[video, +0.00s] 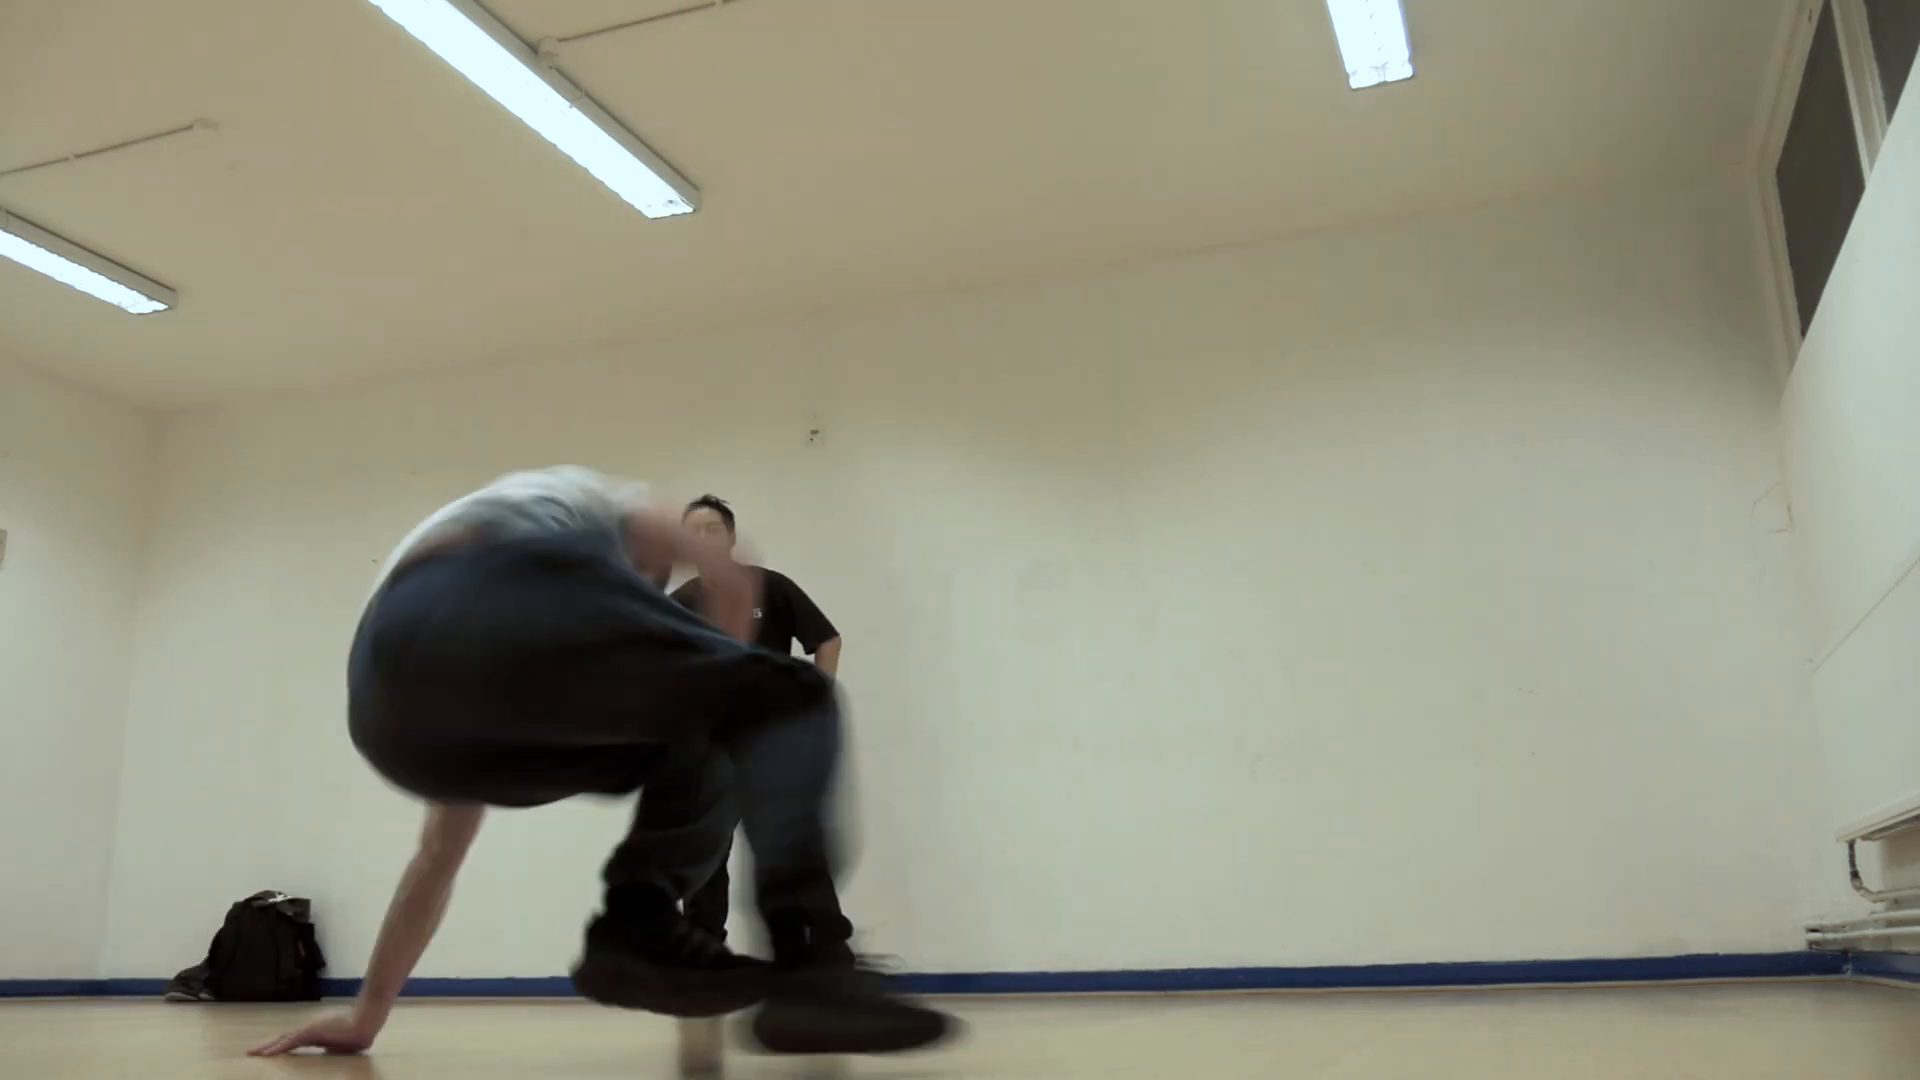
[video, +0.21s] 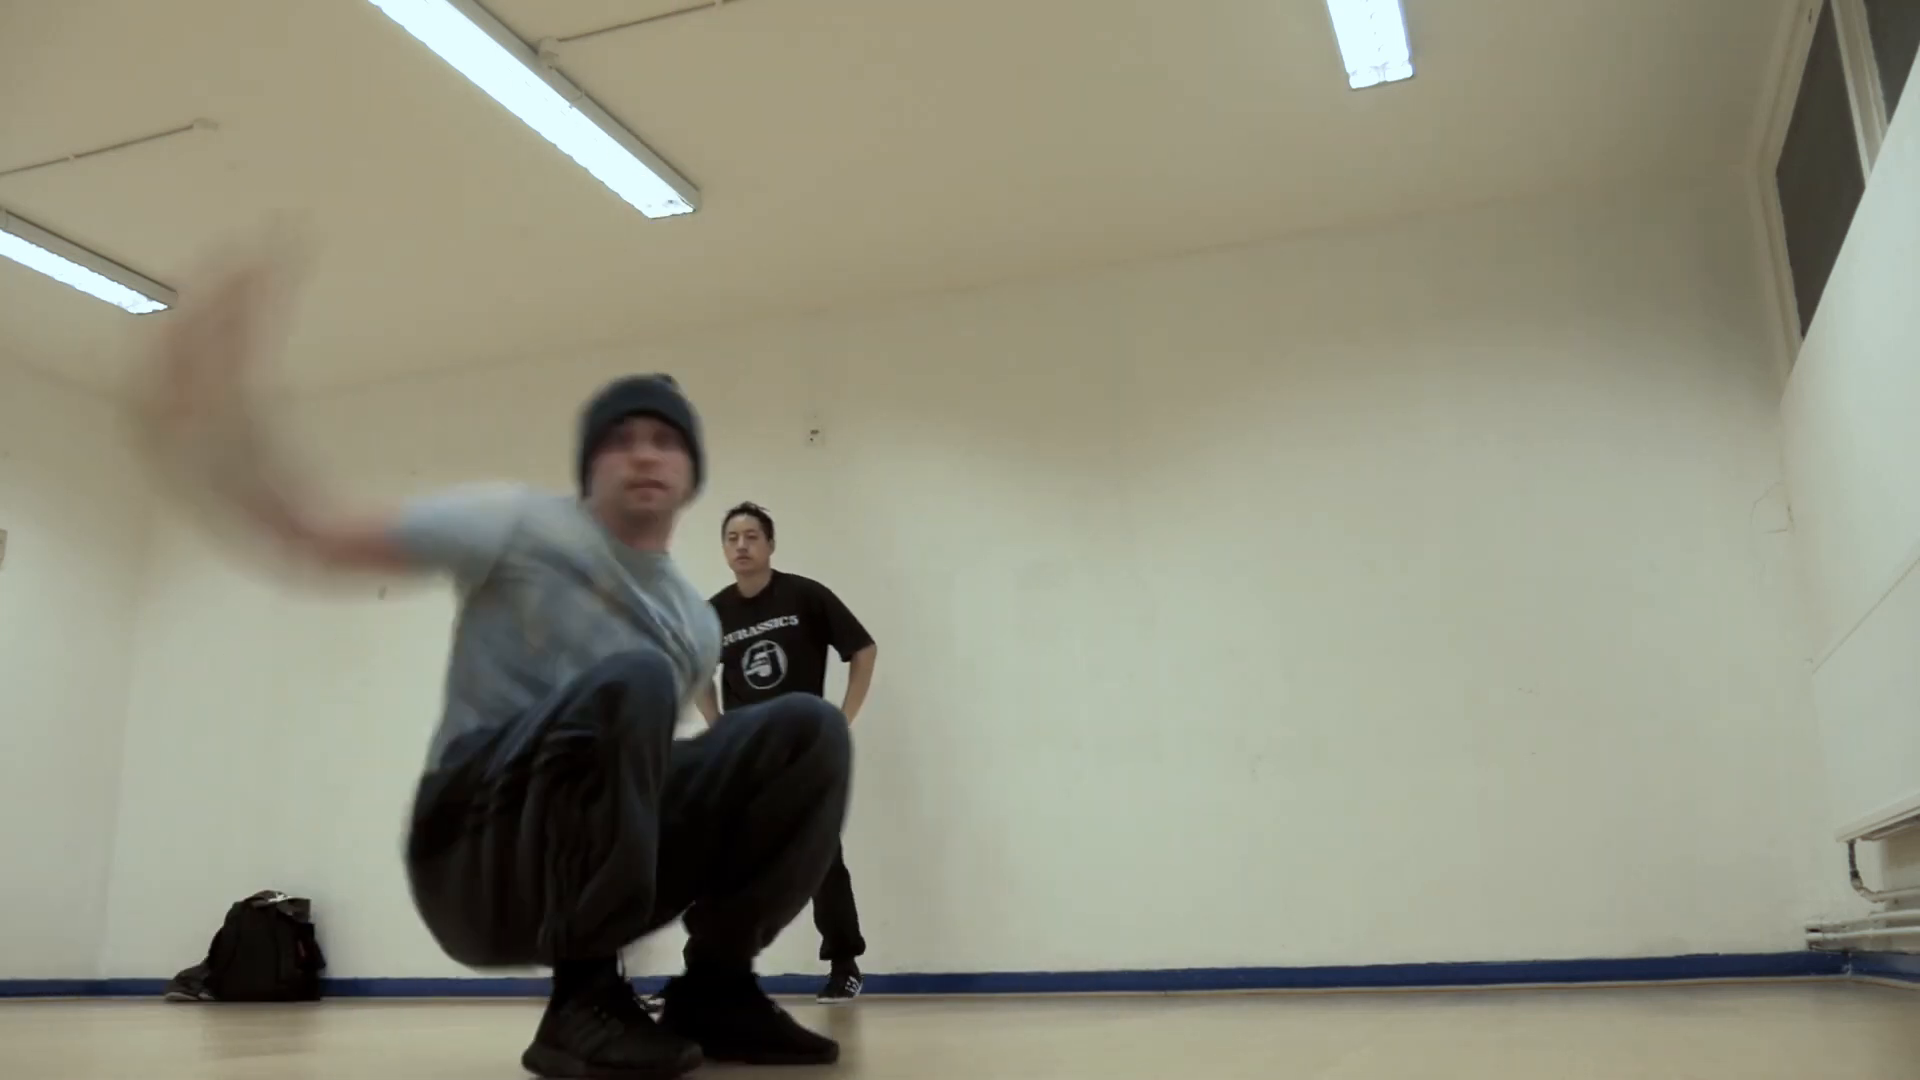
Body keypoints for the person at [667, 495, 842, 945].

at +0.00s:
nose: (703, 539)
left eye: (712, 528)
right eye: (694, 530)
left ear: (731, 536)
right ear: (683, 540)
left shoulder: (770, 588)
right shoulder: (678, 604)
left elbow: (826, 640)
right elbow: (657, 666)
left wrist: (813, 708)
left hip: (770, 735)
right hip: (704, 742)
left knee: (783, 843)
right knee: (703, 847)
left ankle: (800, 942)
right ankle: (701, 944)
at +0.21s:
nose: (741, 545)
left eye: (751, 536)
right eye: (733, 538)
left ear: (770, 545)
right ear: (724, 549)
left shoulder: (806, 596)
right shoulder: (712, 613)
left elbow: (862, 650)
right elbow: (697, 672)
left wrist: (842, 722)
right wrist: (718, 730)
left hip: (804, 747)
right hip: (741, 752)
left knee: (821, 850)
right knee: (735, 854)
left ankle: (842, 962)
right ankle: (723, 973)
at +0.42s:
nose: (781, 551)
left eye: (791, 543)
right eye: (773, 544)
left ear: (811, 552)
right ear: (764, 554)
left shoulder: (845, 604)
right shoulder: (752, 618)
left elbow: (898, 657)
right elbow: (736, 688)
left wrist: (881, 727)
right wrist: (738, 737)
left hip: (839, 752)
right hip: (769, 757)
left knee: (841, 855)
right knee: (741, 856)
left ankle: (844, 967)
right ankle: (720, 963)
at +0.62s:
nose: (819, 565)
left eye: (828, 557)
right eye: (812, 556)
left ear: (846, 563)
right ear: (804, 560)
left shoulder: (870, 608)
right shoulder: (778, 610)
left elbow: (918, 663)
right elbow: (759, 671)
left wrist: (892, 721)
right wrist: (767, 724)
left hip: (848, 756)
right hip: (786, 756)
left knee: (848, 863)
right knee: (756, 856)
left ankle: (845, 973)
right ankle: (758, 968)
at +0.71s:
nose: (818, 548)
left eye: (829, 541)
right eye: (811, 541)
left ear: (847, 552)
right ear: (802, 551)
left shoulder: (875, 606)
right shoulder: (782, 610)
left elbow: (922, 663)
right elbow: (765, 672)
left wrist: (892, 722)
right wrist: (771, 724)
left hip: (850, 756)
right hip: (790, 757)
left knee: (850, 862)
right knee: (765, 856)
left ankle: (846, 973)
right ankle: (780, 967)